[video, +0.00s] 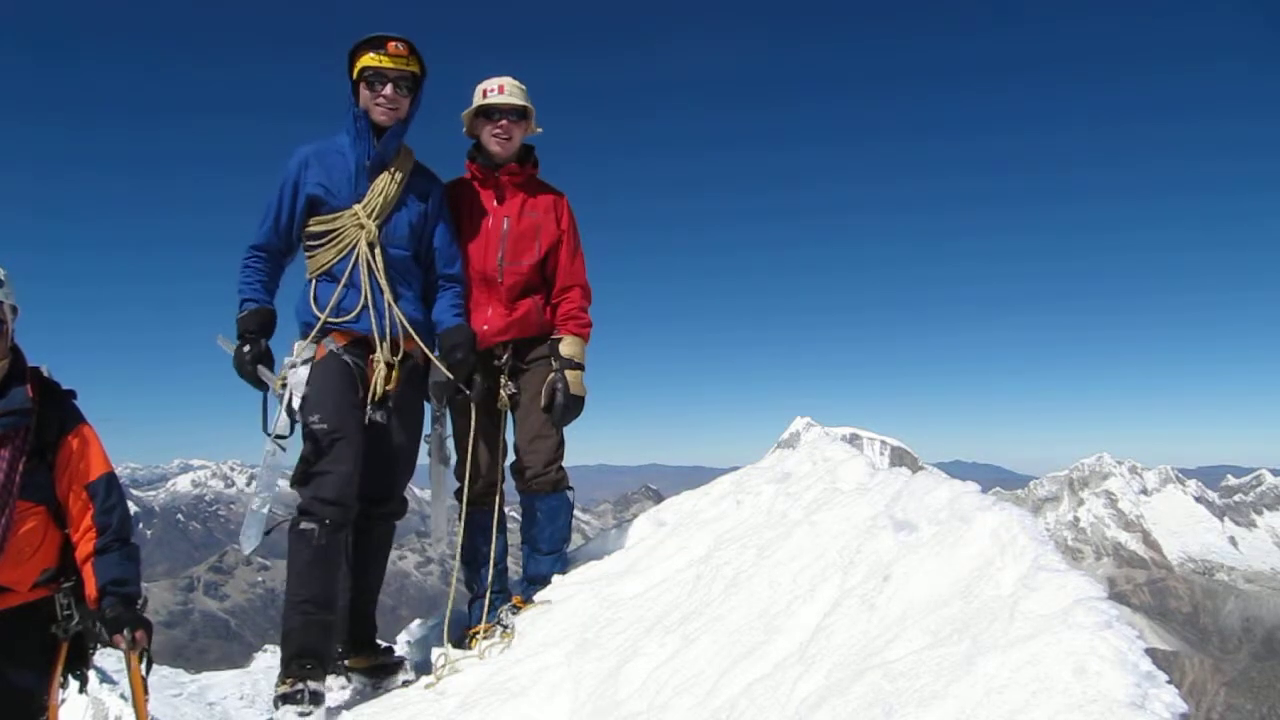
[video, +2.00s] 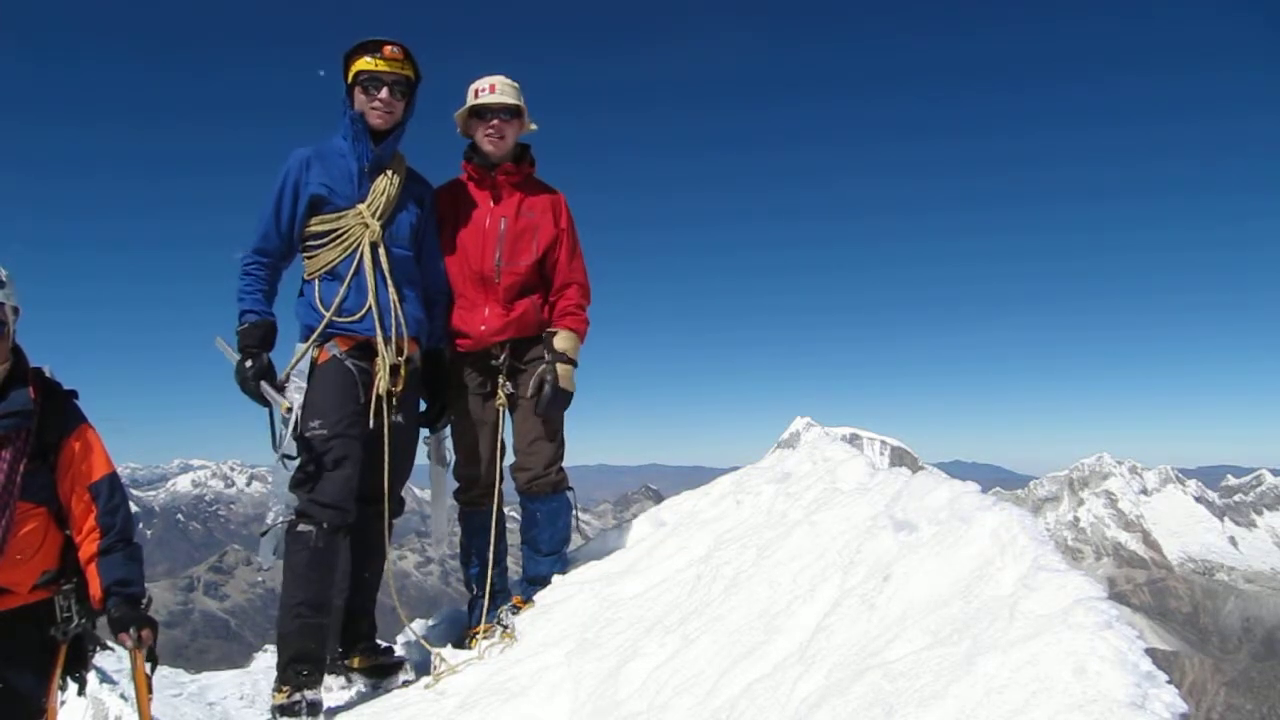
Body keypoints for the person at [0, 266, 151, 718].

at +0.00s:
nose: (0, 329)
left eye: (1, 317)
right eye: (1, 316)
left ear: (11, 320)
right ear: (7, 320)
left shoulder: (46, 410)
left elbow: (97, 509)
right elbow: (98, 509)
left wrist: (115, 596)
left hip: (23, 617)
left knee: (20, 705)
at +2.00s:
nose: (1, 333)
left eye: (2, 319)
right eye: (2, 319)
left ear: (12, 322)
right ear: (8, 322)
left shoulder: (47, 410)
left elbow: (99, 508)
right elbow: (100, 508)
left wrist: (120, 596)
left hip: (25, 619)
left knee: (20, 705)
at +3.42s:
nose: (1, 338)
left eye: (4, 323)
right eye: (1, 324)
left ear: (17, 325)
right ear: (8, 326)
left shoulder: (52, 412)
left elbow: (104, 510)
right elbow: (104, 511)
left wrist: (123, 598)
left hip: (26, 617)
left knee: (20, 705)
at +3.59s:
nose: (0, 340)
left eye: (4, 325)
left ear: (20, 327)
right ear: (7, 328)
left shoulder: (55, 414)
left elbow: (106, 511)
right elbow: (107, 512)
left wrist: (125, 598)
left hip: (25, 618)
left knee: (20, 706)